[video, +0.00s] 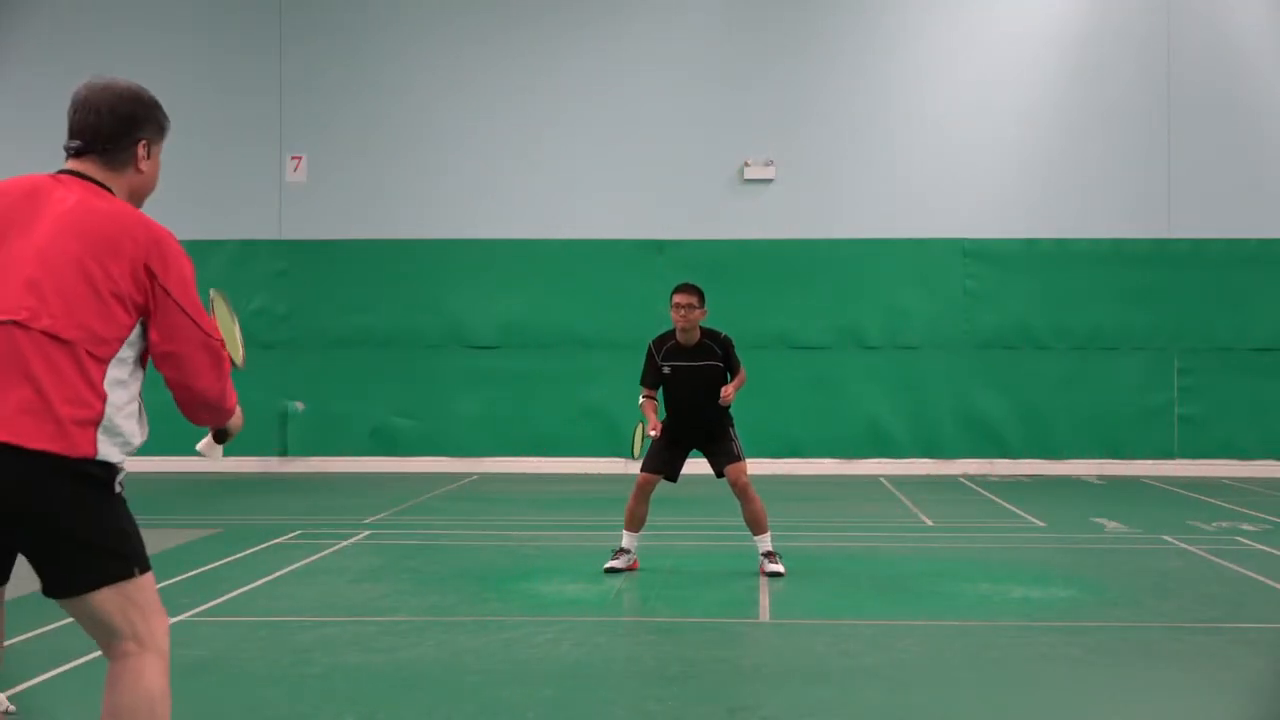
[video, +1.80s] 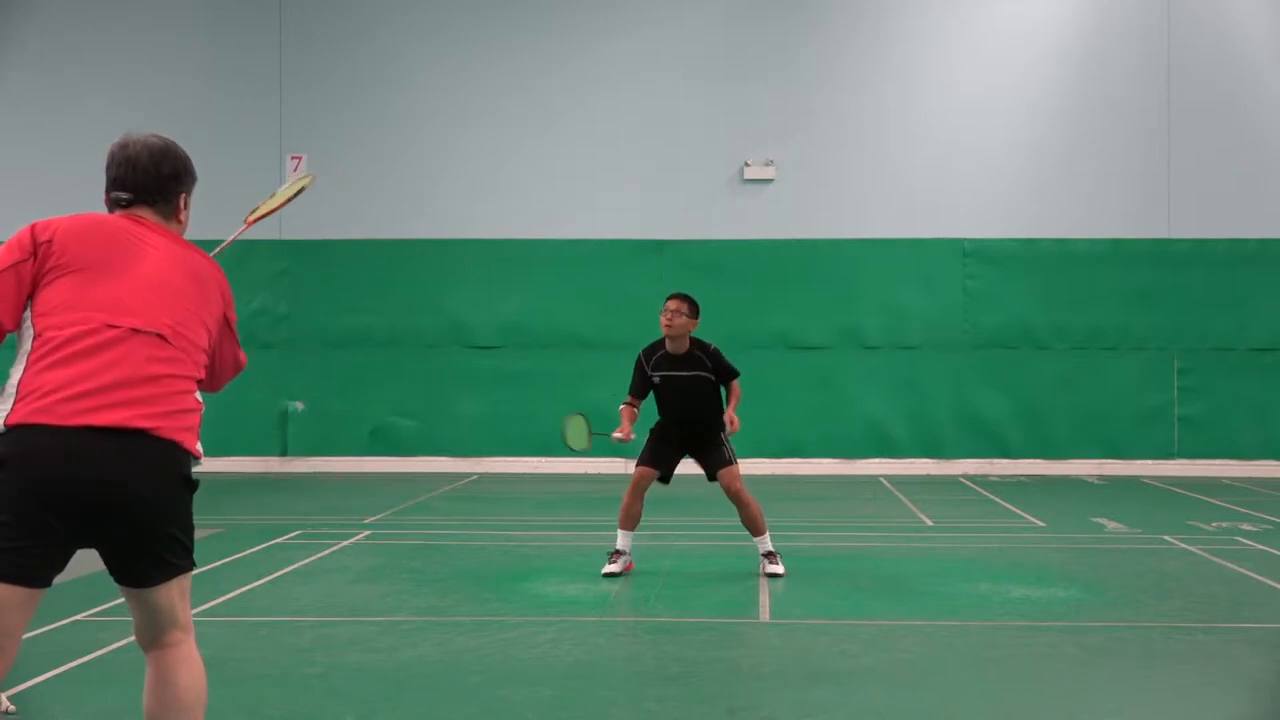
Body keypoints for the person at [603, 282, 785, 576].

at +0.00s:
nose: (681, 312)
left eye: (688, 308)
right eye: (677, 307)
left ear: (702, 313)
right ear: (670, 311)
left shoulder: (720, 343)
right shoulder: (659, 347)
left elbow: (739, 375)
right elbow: (648, 394)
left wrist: (732, 387)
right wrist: (652, 419)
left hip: (716, 424)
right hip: (675, 425)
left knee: (740, 482)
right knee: (644, 482)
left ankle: (767, 553)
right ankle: (627, 551)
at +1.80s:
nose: (669, 317)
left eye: (678, 314)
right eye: (666, 312)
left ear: (692, 323)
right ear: (660, 318)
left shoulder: (708, 354)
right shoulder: (649, 357)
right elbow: (632, 401)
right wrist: (626, 424)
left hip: (709, 430)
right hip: (668, 430)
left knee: (735, 488)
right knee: (639, 480)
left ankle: (768, 553)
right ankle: (621, 552)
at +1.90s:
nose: (661, 311)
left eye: (671, 309)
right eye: (660, 306)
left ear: (684, 322)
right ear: (653, 312)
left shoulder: (696, 354)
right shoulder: (639, 352)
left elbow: (721, 387)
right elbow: (622, 392)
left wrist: (722, 404)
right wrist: (604, 412)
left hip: (696, 431)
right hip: (658, 431)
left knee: (718, 488)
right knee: (635, 481)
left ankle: (762, 548)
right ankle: (620, 553)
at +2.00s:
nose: (652, 301)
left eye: (661, 300)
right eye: (652, 296)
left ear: (675, 314)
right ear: (647, 303)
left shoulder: (687, 347)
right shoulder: (634, 342)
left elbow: (714, 382)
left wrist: (711, 398)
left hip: (690, 422)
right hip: (654, 423)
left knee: (693, 478)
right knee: (628, 476)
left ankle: (730, 550)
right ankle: (615, 549)